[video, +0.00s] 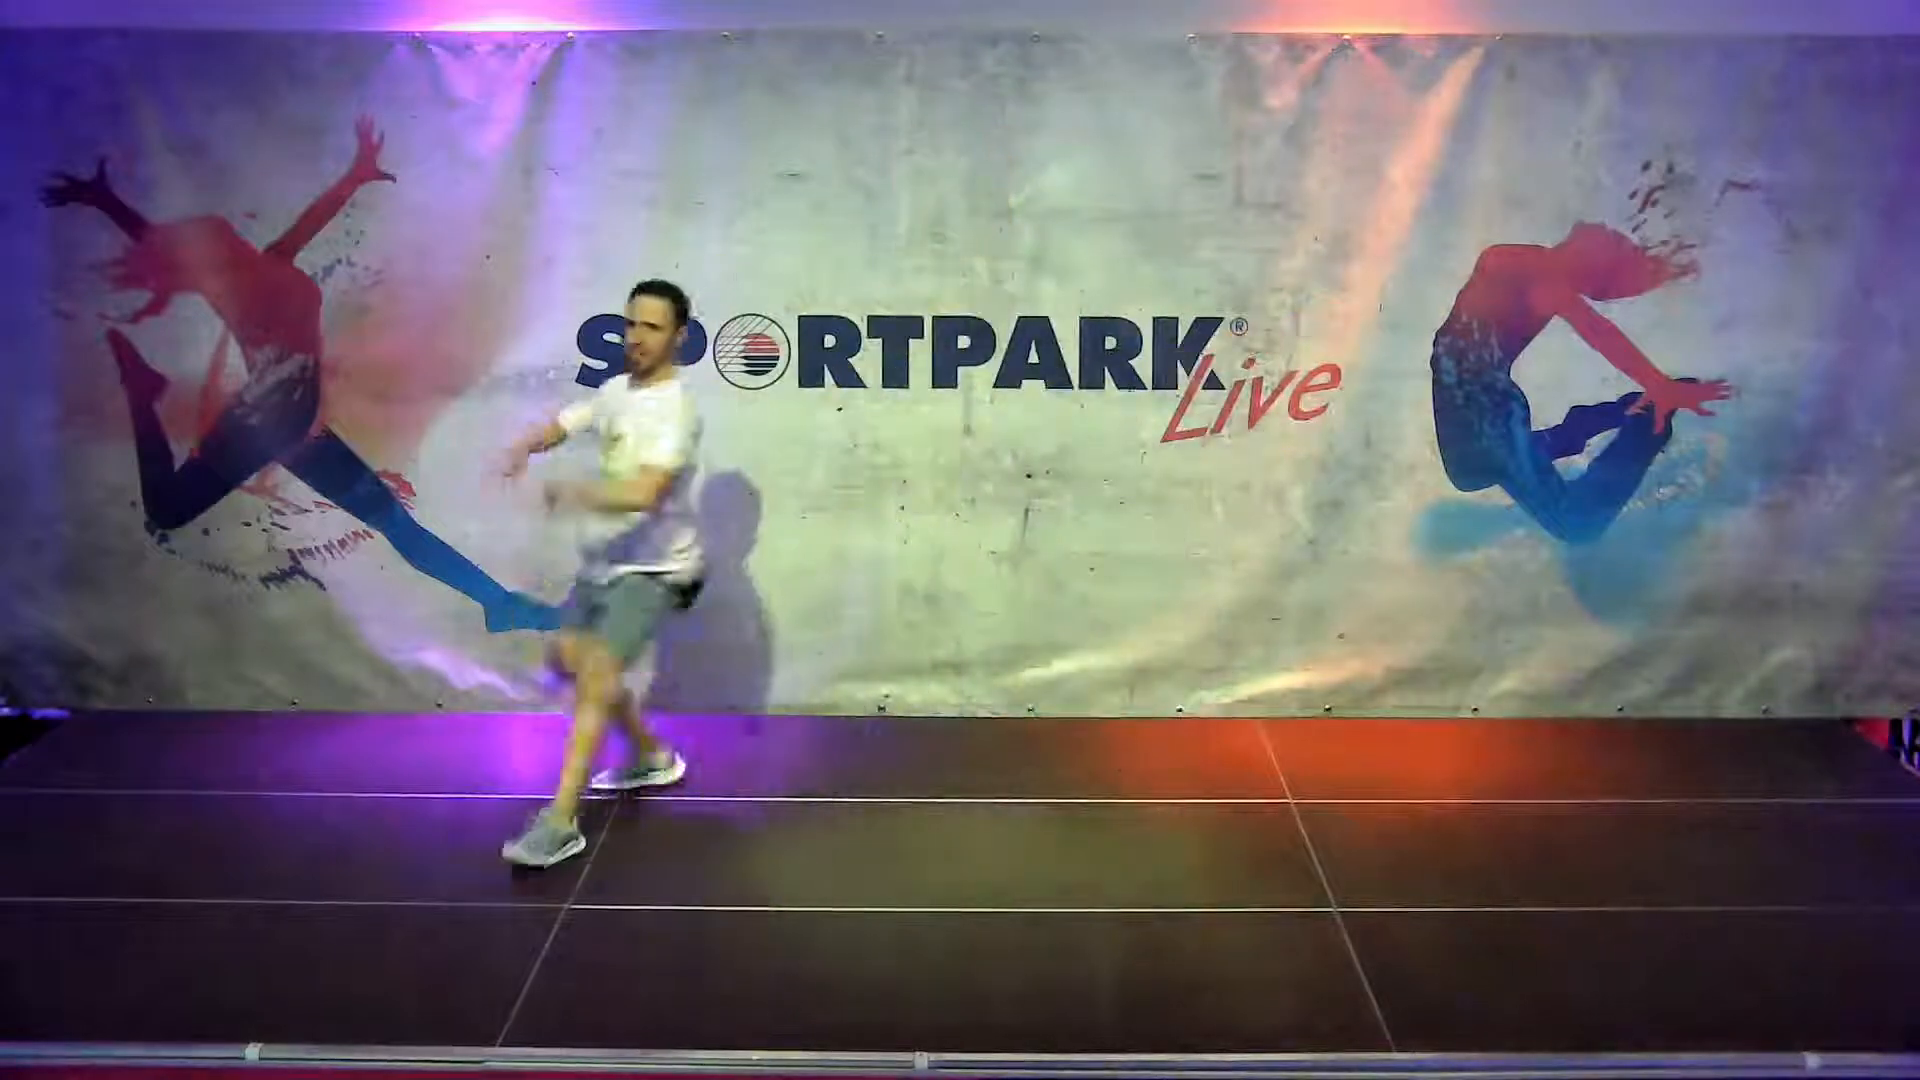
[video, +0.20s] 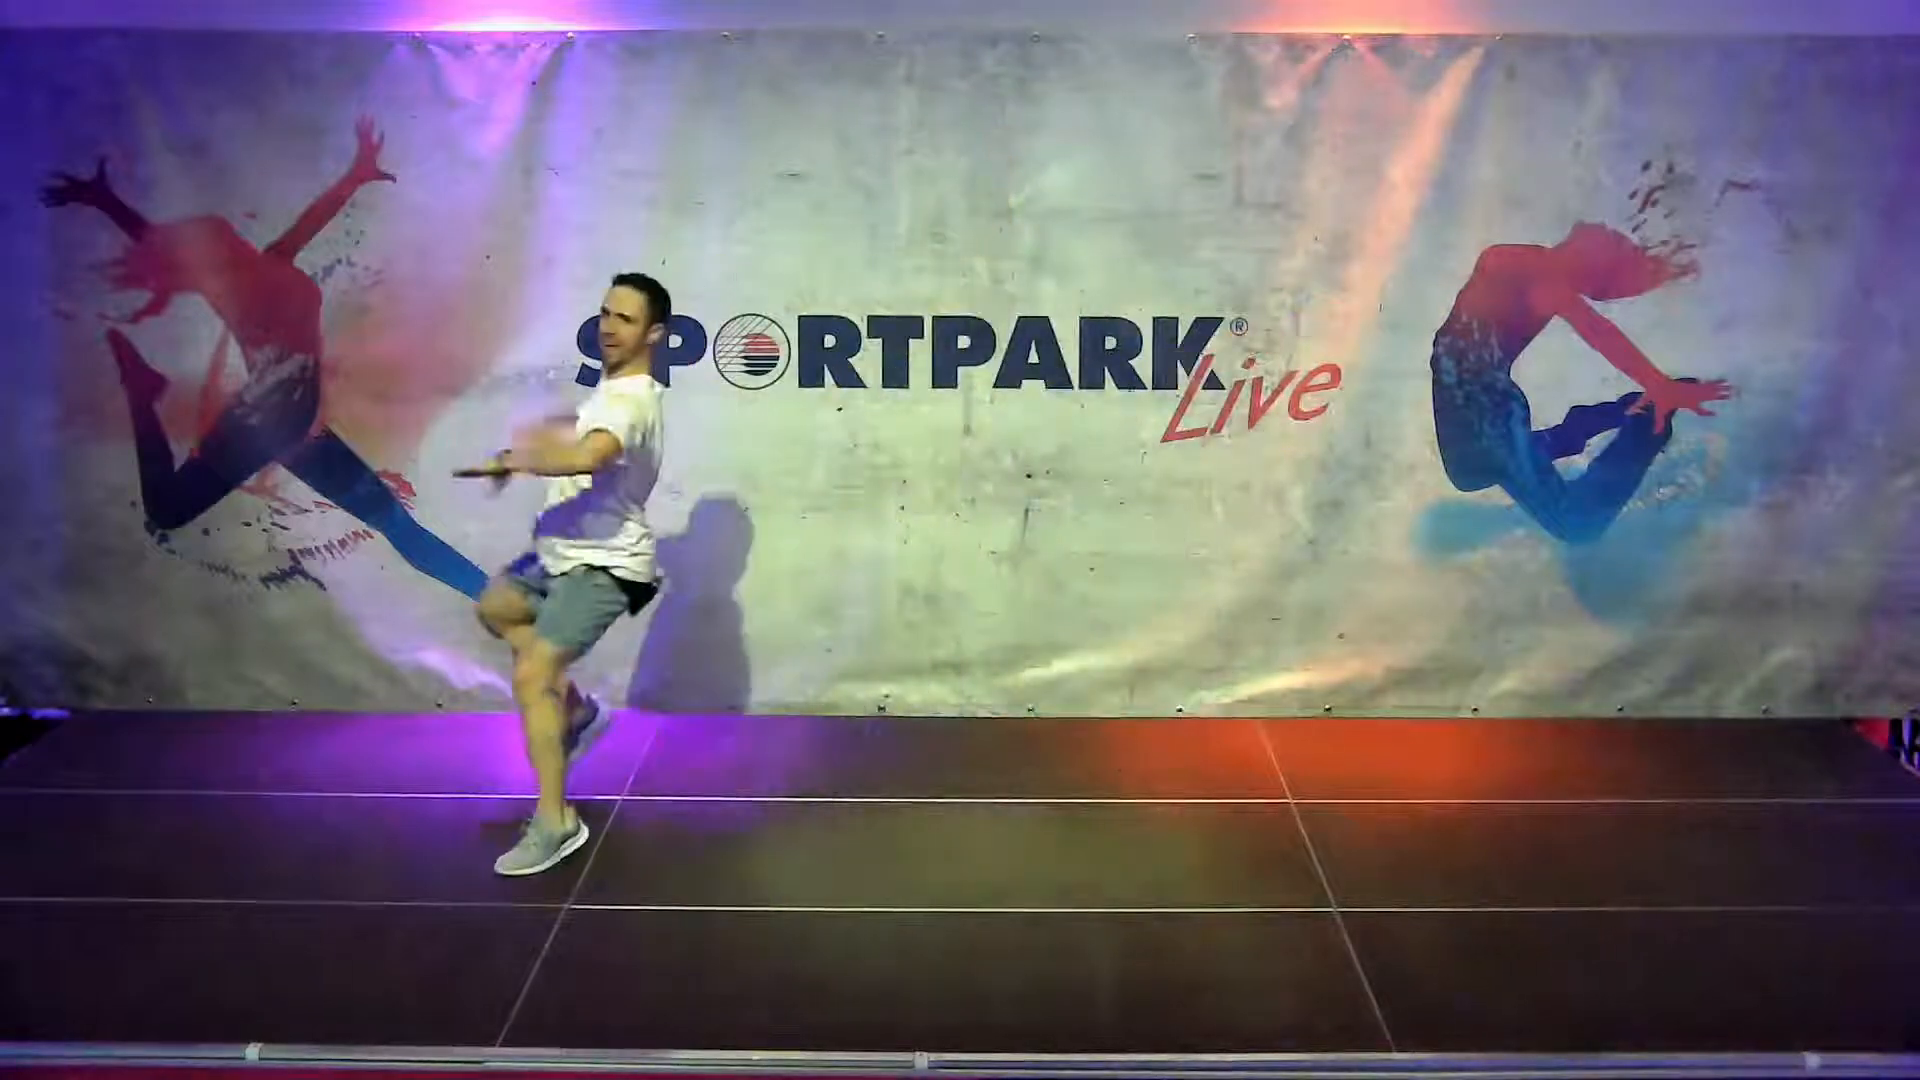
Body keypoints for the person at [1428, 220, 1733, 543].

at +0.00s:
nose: (1602, 234)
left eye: (1605, 247)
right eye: (1612, 239)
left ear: (1595, 259)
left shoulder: (1546, 283)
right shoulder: (1526, 263)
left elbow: (1596, 330)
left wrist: (1657, 384)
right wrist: (1647, 272)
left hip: (1488, 403)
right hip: (1454, 391)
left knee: (1575, 524)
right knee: (1468, 474)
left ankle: (1650, 422)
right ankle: (1570, 436)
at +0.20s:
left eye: (1605, 250)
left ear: (1595, 256)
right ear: (1595, 238)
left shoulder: (1548, 283)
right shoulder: (1526, 263)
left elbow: (1597, 331)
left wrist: (1657, 384)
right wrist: (1648, 272)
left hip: (1488, 402)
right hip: (1454, 390)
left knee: (1575, 524)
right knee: (1468, 474)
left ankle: (1650, 421)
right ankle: (1570, 436)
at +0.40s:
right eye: (1603, 279)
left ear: (1590, 252)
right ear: (1592, 242)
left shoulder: (1547, 282)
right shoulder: (1526, 264)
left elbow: (1600, 333)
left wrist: (1658, 385)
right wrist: (1648, 270)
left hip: (1488, 400)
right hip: (1454, 388)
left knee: (1575, 524)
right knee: (1467, 474)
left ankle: (1650, 423)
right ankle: (1569, 437)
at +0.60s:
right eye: (1603, 279)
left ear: (1590, 252)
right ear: (1592, 242)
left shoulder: (1547, 282)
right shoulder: (1527, 264)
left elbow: (1600, 333)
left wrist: (1658, 385)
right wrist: (1648, 270)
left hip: (1487, 400)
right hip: (1454, 388)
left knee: (1575, 524)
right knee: (1467, 474)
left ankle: (1650, 423)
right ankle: (1569, 437)